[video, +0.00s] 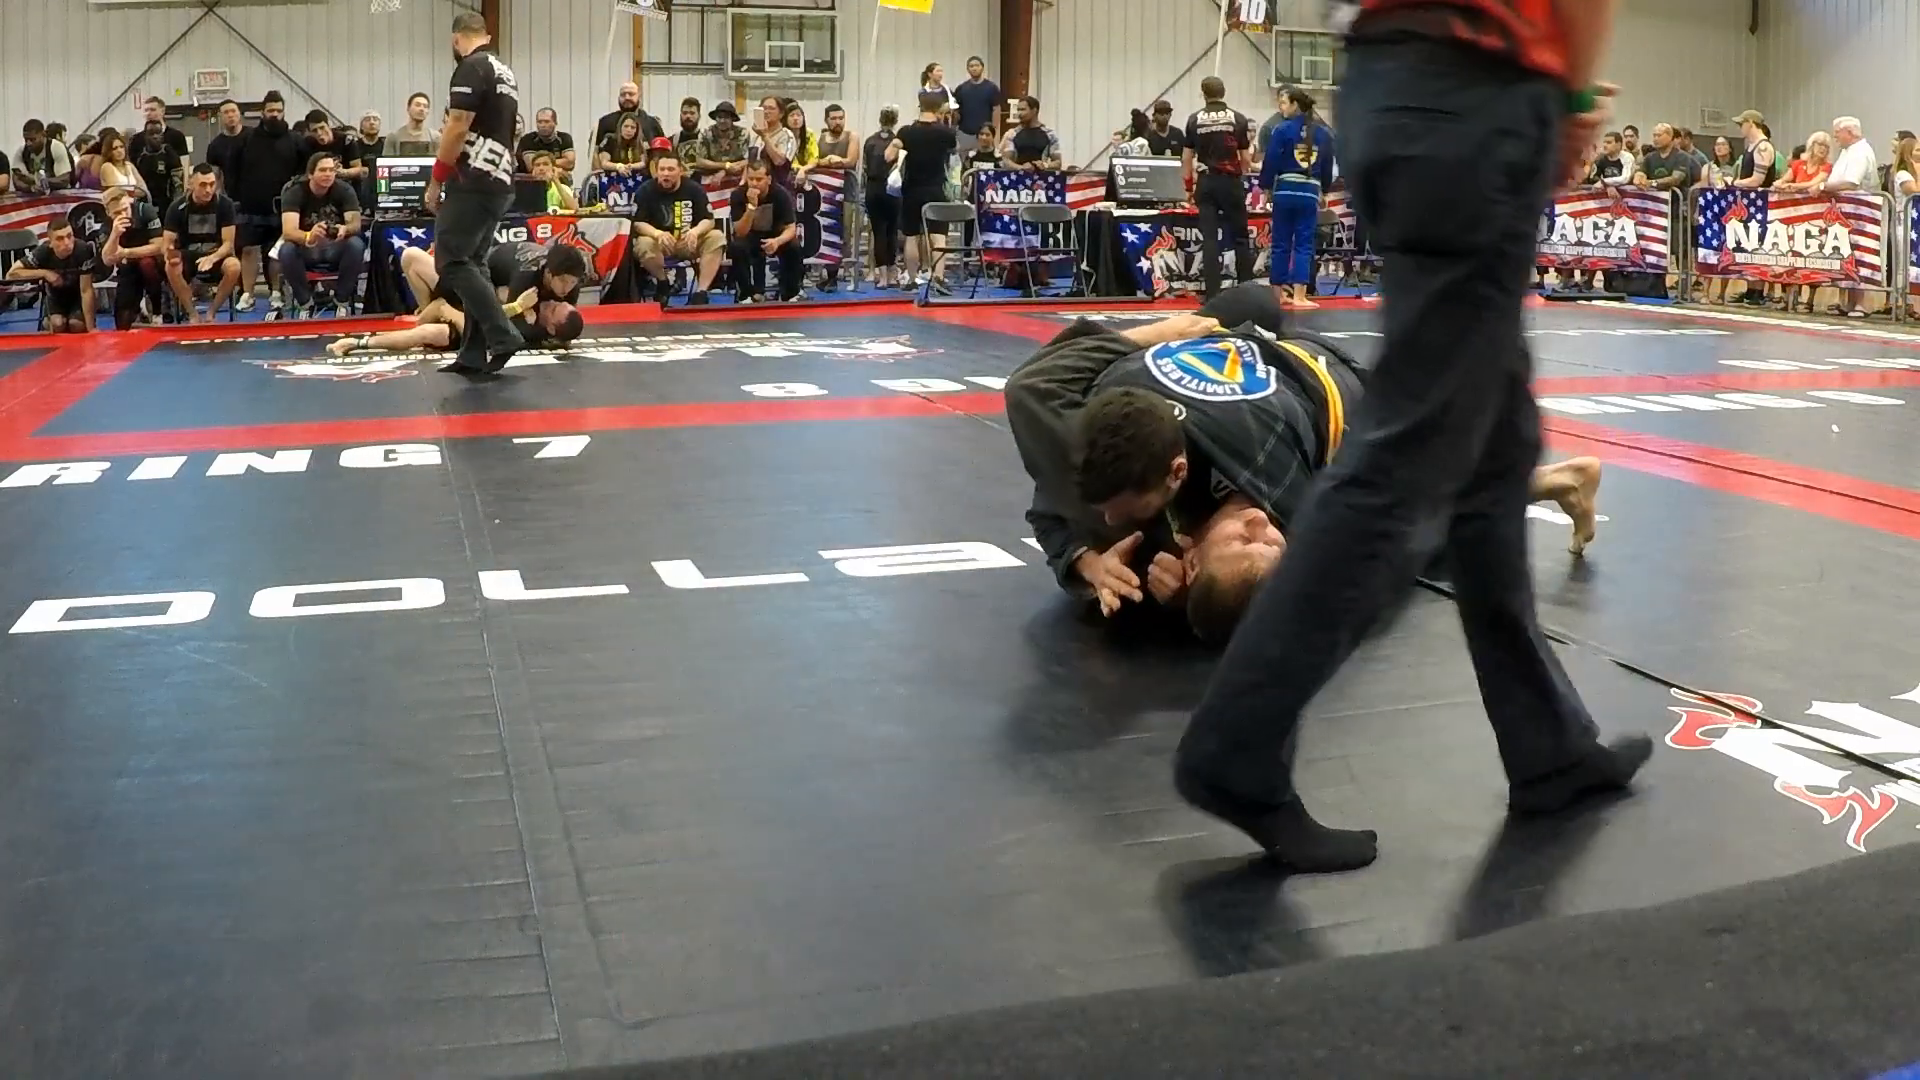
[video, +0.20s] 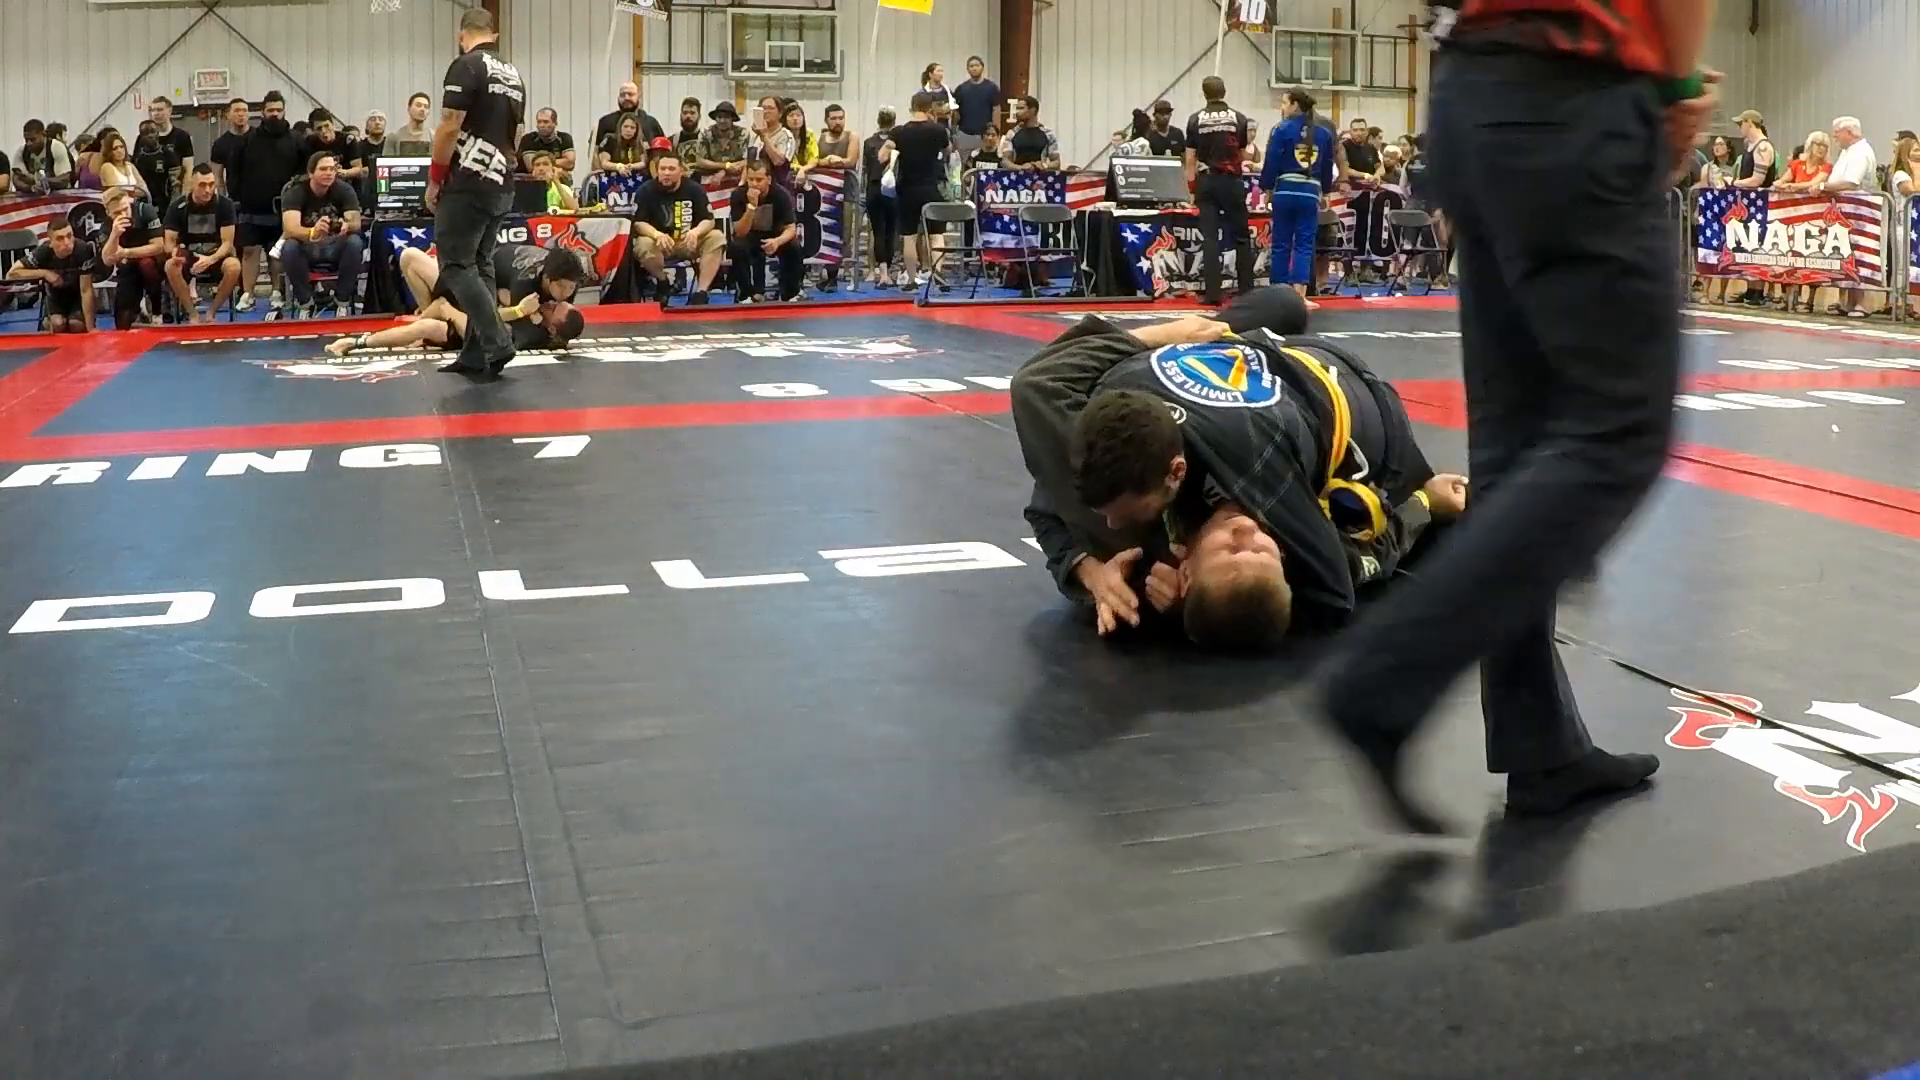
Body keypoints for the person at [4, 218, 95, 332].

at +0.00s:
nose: (67, 243)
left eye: (69, 236)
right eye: (60, 239)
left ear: (73, 235)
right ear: (50, 241)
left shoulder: (83, 249)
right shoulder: (43, 251)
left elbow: (86, 290)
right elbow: (12, 274)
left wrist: (91, 328)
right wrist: (44, 273)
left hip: (78, 291)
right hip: (55, 292)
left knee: (76, 324)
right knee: (58, 323)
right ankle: (46, 323)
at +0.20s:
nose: (67, 243)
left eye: (69, 236)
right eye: (60, 239)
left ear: (73, 235)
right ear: (50, 240)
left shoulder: (83, 250)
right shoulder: (44, 251)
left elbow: (86, 290)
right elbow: (12, 274)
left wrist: (91, 328)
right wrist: (44, 273)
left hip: (78, 292)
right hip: (55, 292)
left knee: (76, 324)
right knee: (58, 323)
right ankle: (46, 323)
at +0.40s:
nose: (67, 243)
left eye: (69, 236)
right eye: (60, 239)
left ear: (73, 235)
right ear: (50, 240)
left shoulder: (83, 249)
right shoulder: (44, 251)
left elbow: (86, 290)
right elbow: (12, 273)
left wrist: (91, 327)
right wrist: (44, 273)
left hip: (77, 292)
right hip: (55, 292)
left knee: (77, 324)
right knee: (58, 323)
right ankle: (46, 323)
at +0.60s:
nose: (67, 243)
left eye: (69, 237)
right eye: (60, 239)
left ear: (73, 235)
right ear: (50, 240)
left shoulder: (83, 249)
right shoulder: (44, 251)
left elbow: (86, 290)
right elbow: (12, 273)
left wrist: (91, 328)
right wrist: (44, 273)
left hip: (78, 292)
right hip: (55, 292)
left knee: (77, 325)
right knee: (58, 323)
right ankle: (46, 323)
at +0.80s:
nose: (67, 243)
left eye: (69, 237)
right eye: (60, 239)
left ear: (73, 235)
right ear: (50, 240)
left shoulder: (83, 249)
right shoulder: (44, 251)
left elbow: (86, 290)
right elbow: (12, 273)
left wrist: (91, 328)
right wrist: (44, 273)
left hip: (78, 292)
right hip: (56, 292)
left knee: (76, 324)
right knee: (57, 323)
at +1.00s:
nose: (67, 243)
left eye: (69, 237)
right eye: (60, 239)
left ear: (73, 235)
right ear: (50, 240)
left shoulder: (83, 249)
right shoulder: (44, 251)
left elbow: (86, 290)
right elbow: (12, 273)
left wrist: (91, 328)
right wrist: (44, 273)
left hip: (78, 292)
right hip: (55, 292)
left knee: (76, 324)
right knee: (57, 323)